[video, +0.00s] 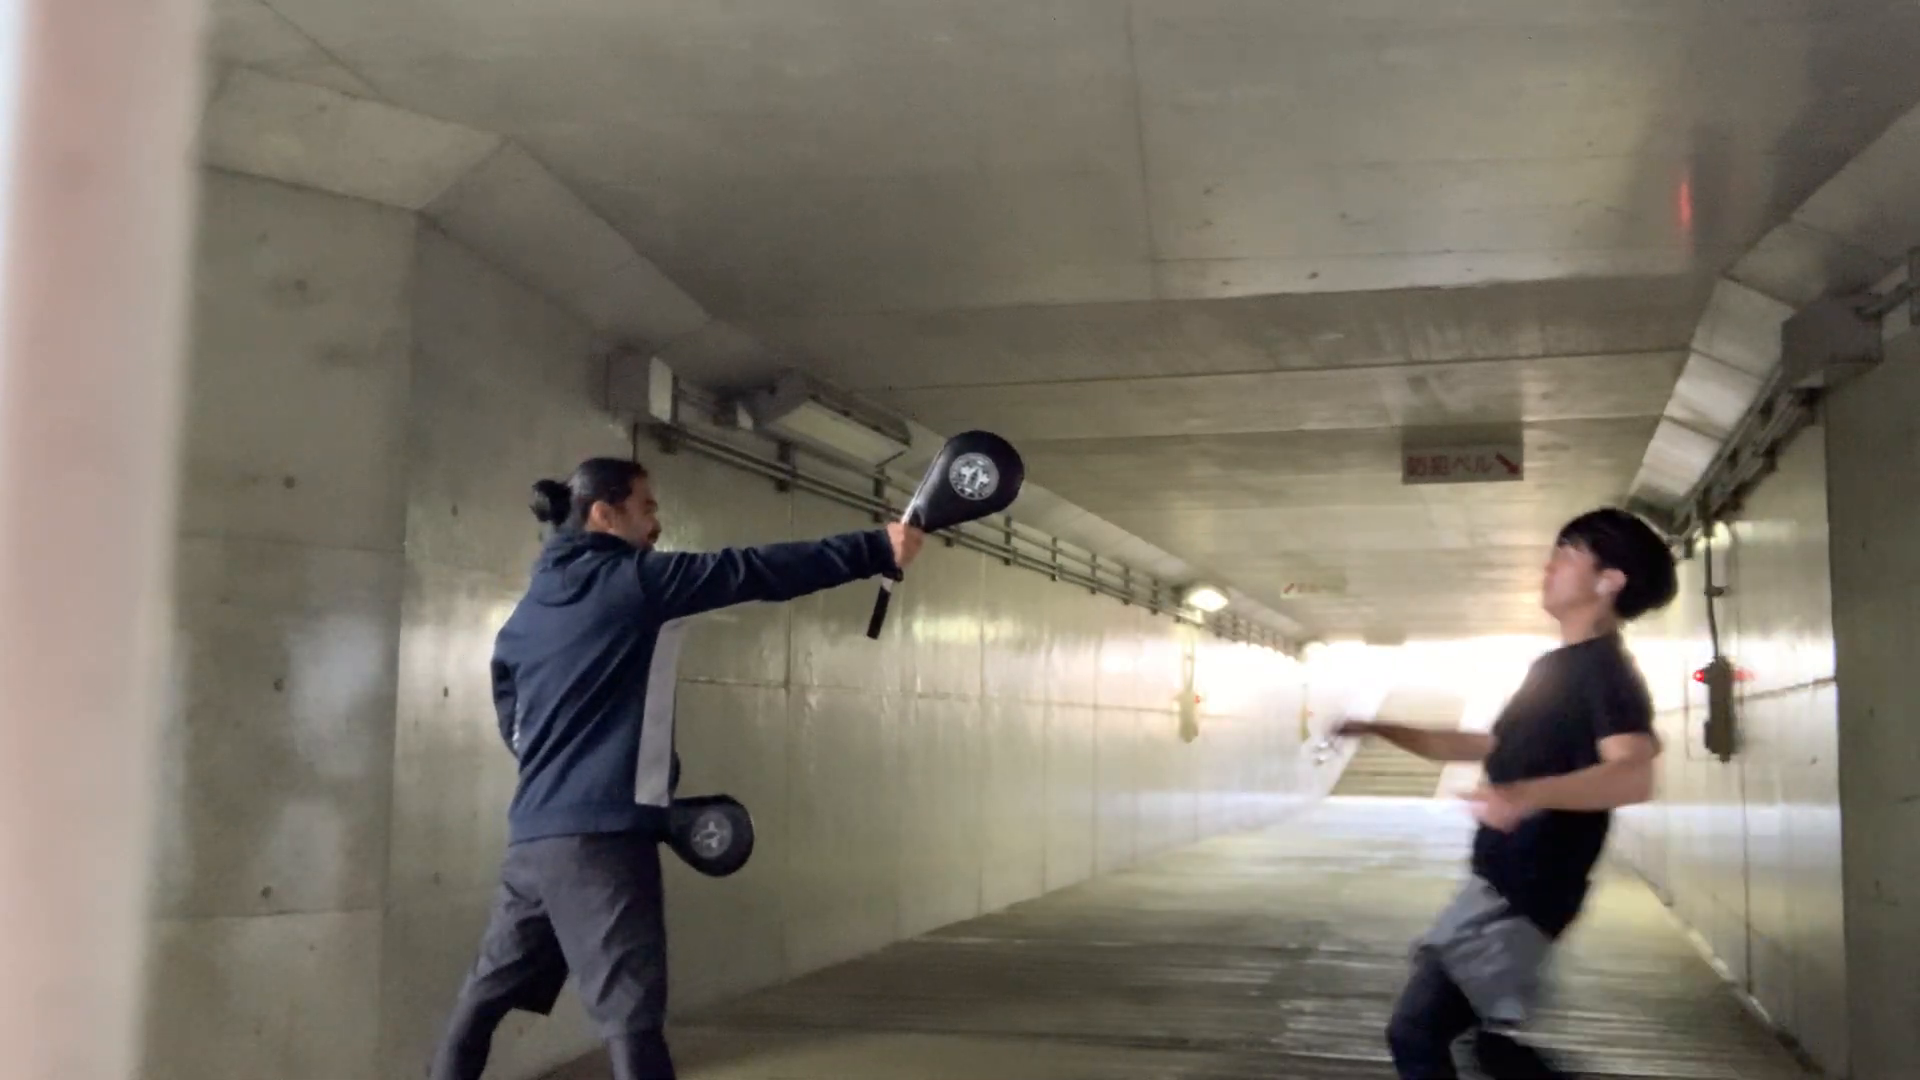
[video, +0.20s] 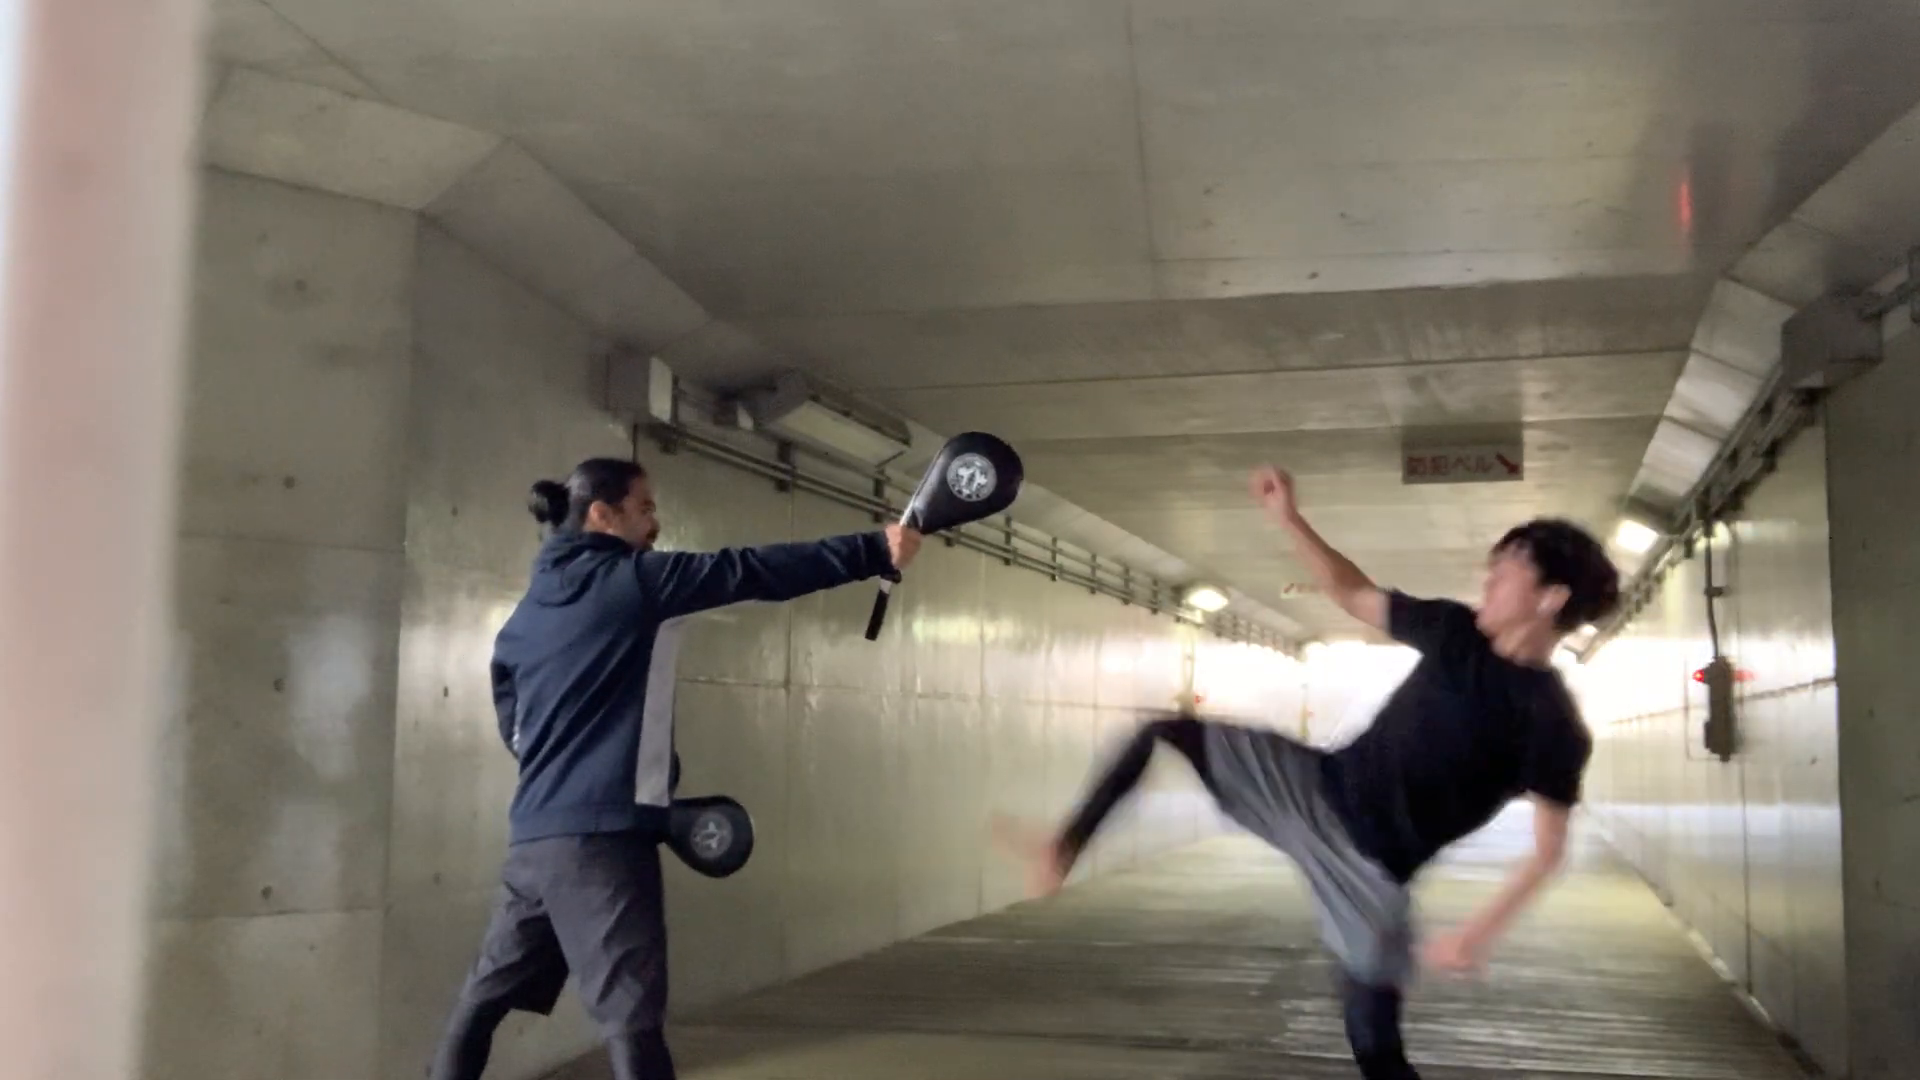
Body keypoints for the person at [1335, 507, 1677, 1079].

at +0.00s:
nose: (1548, 566)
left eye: (1566, 554)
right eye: (1555, 553)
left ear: (1610, 582)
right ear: (1602, 583)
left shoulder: (1605, 667)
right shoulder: (1554, 666)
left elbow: (1635, 776)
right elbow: (1495, 748)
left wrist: (1527, 795)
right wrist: (1384, 732)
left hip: (1524, 891)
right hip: (1498, 878)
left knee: (1415, 1034)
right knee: (1489, 1044)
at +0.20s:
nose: (1484, 586)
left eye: (1502, 575)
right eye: (1490, 571)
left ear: (1551, 598)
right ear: (1526, 590)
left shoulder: (1555, 730)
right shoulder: (1454, 631)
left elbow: (1548, 855)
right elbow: (1354, 593)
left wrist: (1474, 935)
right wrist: (1290, 519)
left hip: (1372, 870)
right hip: (1317, 787)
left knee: (1374, 1044)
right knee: (1164, 732)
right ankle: (1060, 855)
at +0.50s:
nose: (1369, 669)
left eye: (1389, 667)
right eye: (1376, 656)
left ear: (1427, 698)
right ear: (1378, 661)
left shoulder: (1403, 801)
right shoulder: (1327, 683)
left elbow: (1312, 878)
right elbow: (1235, 709)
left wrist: (1279, 777)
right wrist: (1142, 726)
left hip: (1231, 866)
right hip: (1176, 789)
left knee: (1280, 1021)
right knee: (1025, 866)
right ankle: (866, 938)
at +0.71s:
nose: (1211, 606)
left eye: (1232, 600)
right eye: (1212, 591)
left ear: (1270, 620)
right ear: (1207, 588)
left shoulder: (1272, 714)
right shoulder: (1151, 654)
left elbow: (1251, 809)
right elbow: (1048, 705)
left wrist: (1226, 814)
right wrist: (995, 785)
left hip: (1192, 881)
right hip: (1105, 871)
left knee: (1285, 1029)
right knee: (1056, 1047)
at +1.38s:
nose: (1209, 565)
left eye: (1221, 552)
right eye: (1214, 551)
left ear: (1259, 573)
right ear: (1264, 575)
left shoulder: (1226, 653)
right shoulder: (1323, 662)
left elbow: (1187, 775)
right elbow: (1335, 775)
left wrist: (1137, 806)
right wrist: (1257, 768)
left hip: (1243, 876)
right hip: (1305, 877)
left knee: (1174, 1023)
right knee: (1212, 1017)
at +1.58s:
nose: (1331, 551)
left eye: (1342, 538)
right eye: (1336, 537)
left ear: (1377, 552)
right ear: (1402, 558)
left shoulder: (1333, 630)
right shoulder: (1444, 640)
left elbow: (1315, 725)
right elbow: (1497, 766)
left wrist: (1261, 807)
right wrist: (1436, 804)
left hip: (1354, 867)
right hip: (1440, 861)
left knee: (1254, 1006)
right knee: (1531, 988)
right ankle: (1613, 1069)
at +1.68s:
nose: (1403, 562)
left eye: (1414, 547)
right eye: (1406, 546)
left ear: (1455, 568)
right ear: (1471, 572)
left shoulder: (1407, 644)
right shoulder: (1528, 651)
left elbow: (1378, 745)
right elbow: (1569, 776)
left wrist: (1318, 830)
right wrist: (1517, 817)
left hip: (1442, 876)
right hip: (1533, 874)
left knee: (1340, 1015)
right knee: (1627, 1029)